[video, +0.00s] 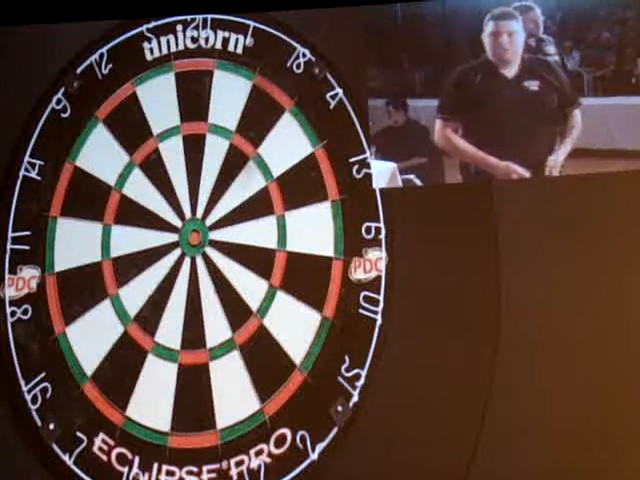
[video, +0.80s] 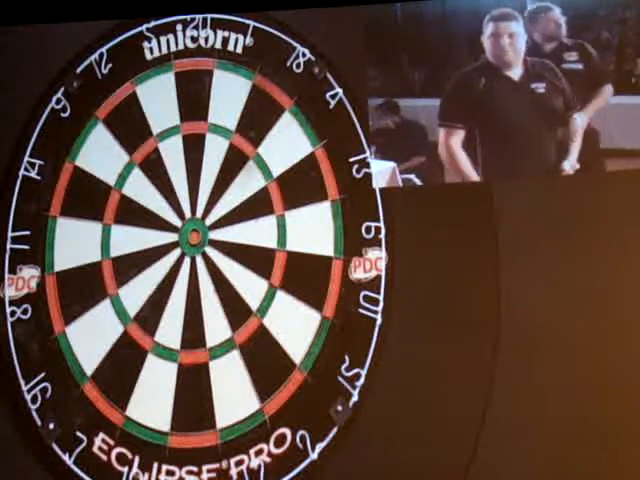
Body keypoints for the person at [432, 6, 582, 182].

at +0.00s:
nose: (503, 41)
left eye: (511, 34)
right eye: (495, 34)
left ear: (524, 38)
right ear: (483, 40)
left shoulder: (546, 72)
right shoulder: (465, 79)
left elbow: (574, 117)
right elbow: (442, 135)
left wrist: (558, 156)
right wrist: (496, 167)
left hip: (540, 191)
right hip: (486, 192)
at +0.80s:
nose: (503, 43)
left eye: (511, 36)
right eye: (495, 36)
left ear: (525, 40)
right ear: (483, 43)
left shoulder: (547, 73)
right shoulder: (468, 84)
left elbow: (575, 120)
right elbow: (450, 146)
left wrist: (571, 160)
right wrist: (478, 191)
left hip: (551, 189)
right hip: (499, 192)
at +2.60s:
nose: (454, 59)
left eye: (461, 49)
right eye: (443, 53)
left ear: (475, 52)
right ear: (430, 61)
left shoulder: (500, 76)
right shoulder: (431, 101)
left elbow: (538, 116)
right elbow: (401, 152)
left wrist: (560, 166)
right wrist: (403, 82)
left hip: (543, 192)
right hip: (485, 206)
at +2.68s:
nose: (454, 60)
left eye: (461, 50)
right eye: (444, 54)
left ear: (475, 53)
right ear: (430, 62)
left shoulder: (501, 77)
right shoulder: (431, 101)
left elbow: (538, 116)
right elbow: (404, 154)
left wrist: (560, 168)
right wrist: (411, 82)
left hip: (542, 194)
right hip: (485, 207)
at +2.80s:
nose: (456, 60)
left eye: (462, 51)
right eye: (444, 55)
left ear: (475, 54)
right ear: (430, 64)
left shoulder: (500, 77)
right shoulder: (432, 103)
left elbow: (538, 117)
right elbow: (405, 156)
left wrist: (559, 169)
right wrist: (415, 85)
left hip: (545, 192)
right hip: (489, 207)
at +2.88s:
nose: (456, 60)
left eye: (462, 51)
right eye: (445, 55)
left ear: (475, 55)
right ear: (429, 65)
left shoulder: (499, 78)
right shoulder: (432, 104)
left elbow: (538, 120)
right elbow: (406, 158)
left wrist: (559, 170)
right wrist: (416, 86)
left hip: (543, 193)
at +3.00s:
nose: (456, 63)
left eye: (462, 52)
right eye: (443, 57)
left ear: (476, 56)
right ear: (430, 66)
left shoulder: (499, 79)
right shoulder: (432, 106)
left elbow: (539, 121)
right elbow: (403, 161)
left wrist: (558, 170)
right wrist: (405, 83)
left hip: (541, 194)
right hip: (486, 209)